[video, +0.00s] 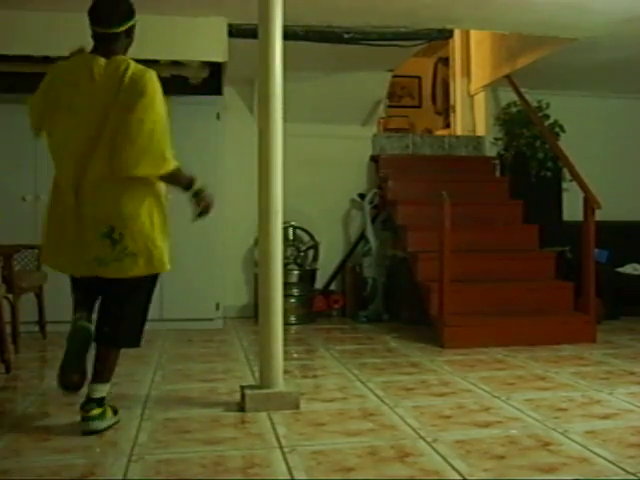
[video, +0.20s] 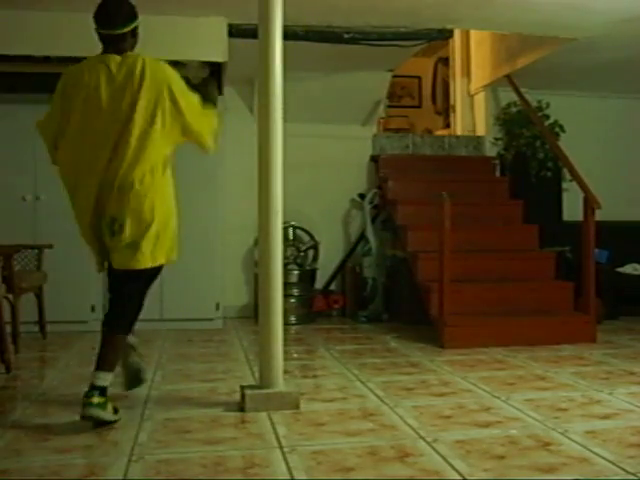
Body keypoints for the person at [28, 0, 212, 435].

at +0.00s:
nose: (128, 40)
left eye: (117, 32)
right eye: (130, 33)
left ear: (92, 31)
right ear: (130, 34)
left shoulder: (63, 74)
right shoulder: (140, 81)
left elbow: (36, 120)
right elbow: (149, 156)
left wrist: (75, 66)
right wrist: (192, 185)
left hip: (74, 217)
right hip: (130, 221)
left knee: (85, 275)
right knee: (118, 309)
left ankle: (80, 321)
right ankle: (95, 403)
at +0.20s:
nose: (129, 40)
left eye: (119, 33)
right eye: (132, 33)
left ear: (99, 35)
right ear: (135, 33)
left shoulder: (76, 78)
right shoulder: (158, 76)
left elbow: (52, 135)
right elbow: (204, 130)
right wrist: (210, 97)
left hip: (92, 200)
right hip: (145, 200)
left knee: (119, 284)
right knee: (126, 295)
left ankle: (129, 357)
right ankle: (97, 391)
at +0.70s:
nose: (174, 61)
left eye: (162, 57)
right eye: (178, 55)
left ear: (153, 61)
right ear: (185, 58)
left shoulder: (134, 100)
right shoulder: (206, 88)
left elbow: (93, 137)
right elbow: (243, 60)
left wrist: (80, 102)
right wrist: (223, 17)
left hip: (155, 215)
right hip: (202, 214)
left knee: (176, 288)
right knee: (172, 295)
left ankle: (200, 351)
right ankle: (127, 373)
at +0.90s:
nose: (205, 70)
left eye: (195, 64)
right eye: (209, 63)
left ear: (180, 68)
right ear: (213, 65)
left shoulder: (166, 105)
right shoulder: (230, 94)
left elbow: (132, 146)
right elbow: (269, 64)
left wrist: (120, 110)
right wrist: (251, 20)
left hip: (179, 216)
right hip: (221, 212)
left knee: (214, 291)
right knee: (177, 292)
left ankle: (237, 366)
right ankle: (130, 368)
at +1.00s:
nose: (218, 68)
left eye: (206, 66)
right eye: (220, 62)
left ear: (193, 69)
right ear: (225, 64)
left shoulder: (181, 107)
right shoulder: (246, 90)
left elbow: (150, 147)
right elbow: (285, 57)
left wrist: (140, 111)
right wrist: (258, 15)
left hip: (192, 216)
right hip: (233, 212)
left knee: (212, 295)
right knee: (185, 288)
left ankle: (236, 366)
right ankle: (135, 359)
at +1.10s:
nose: (240, 63)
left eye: (234, 58)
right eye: (239, 58)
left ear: (206, 66)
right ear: (238, 62)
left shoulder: (184, 110)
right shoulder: (249, 87)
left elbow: (149, 141)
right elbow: (293, 56)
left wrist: (165, 100)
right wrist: (268, 16)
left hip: (201, 214)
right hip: (240, 210)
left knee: (220, 294)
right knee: (199, 286)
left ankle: (237, 365)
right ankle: (147, 350)